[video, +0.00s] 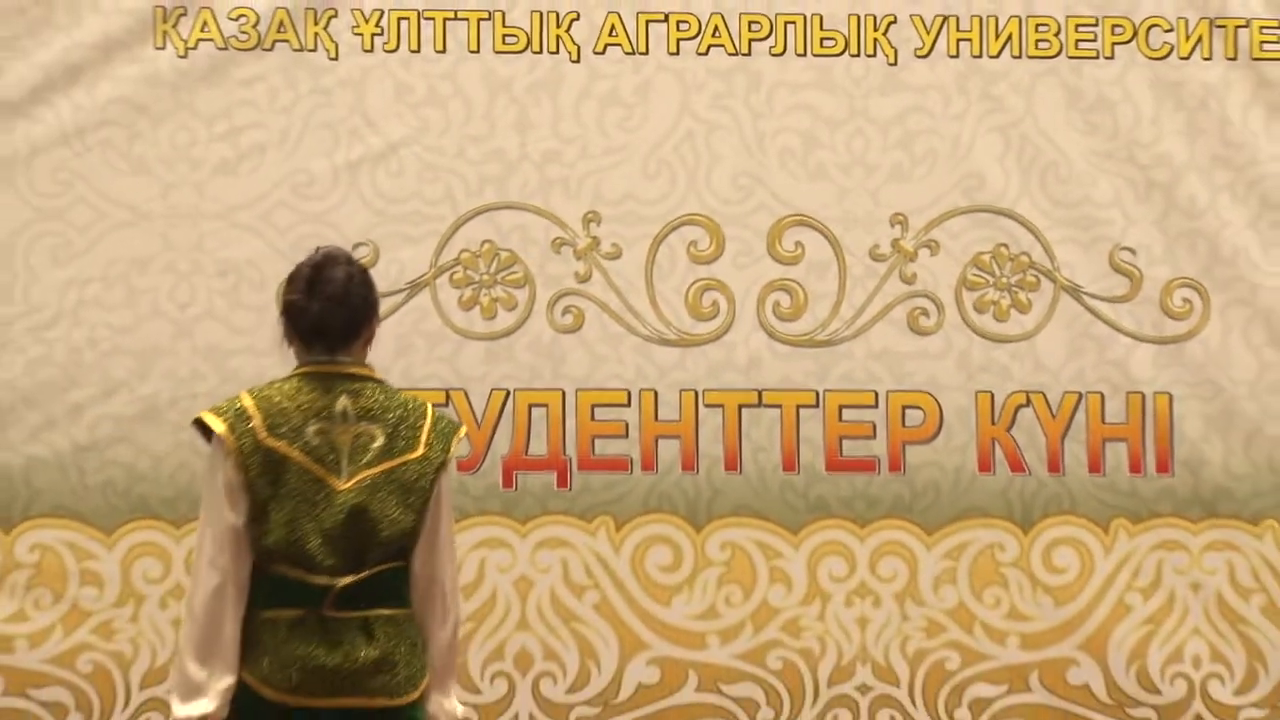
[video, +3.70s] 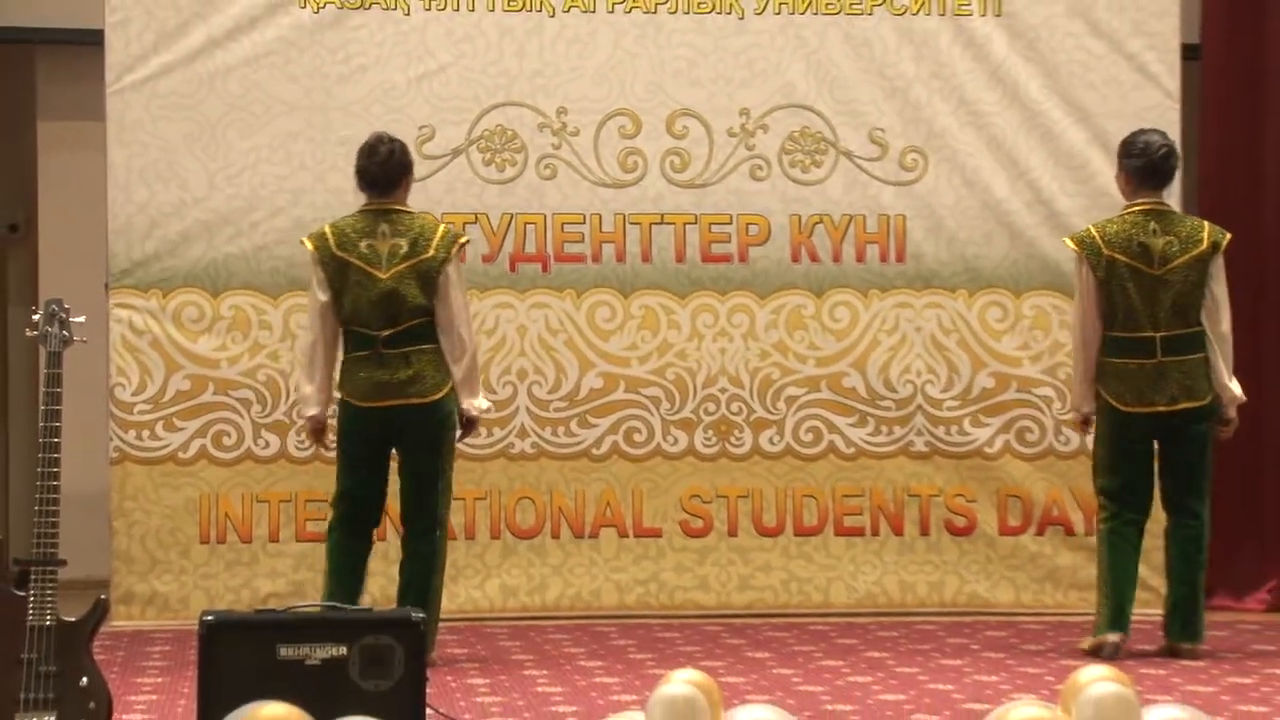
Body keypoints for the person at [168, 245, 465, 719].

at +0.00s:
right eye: (375, 320)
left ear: (287, 330)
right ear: (372, 330)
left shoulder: (244, 424)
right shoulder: (423, 429)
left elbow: (219, 574)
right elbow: (434, 576)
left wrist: (197, 700)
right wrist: (442, 699)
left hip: (273, 689)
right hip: (389, 690)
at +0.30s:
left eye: (287, 309)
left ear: (287, 318)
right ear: (368, 319)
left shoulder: (255, 405)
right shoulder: (415, 414)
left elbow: (233, 548)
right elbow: (416, 553)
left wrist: (204, 677)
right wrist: (409, 666)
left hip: (269, 674)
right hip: (370, 676)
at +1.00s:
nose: (317, 271)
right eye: (316, 262)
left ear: (240, 270)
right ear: (311, 270)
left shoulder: (192, 357)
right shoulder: (351, 353)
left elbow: (177, 486)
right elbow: (372, 480)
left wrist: (175, 594)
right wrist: (388, 585)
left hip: (231, 598)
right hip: (331, 597)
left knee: (235, 713)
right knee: (344, 711)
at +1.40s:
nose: (367, 246)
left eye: (362, 235)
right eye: (366, 237)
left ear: (295, 246)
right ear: (357, 245)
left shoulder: (253, 329)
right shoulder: (398, 316)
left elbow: (244, 452)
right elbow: (419, 435)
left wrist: (244, 549)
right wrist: (450, 538)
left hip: (308, 551)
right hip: (394, 545)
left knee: (294, 702)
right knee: (411, 701)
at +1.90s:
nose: (430, 215)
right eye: (430, 207)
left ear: (367, 213)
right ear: (429, 212)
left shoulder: (332, 288)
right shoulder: (469, 286)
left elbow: (321, 401)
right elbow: (484, 398)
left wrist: (315, 496)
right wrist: (494, 488)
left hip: (364, 501)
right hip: (447, 499)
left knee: (355, 634)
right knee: (439, 640)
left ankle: (372, 718)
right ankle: (435, 718)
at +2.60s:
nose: (370, 189)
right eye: (387, 180)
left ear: (332, 181)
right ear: (391, 186)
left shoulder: (300, 249)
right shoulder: (415, 259)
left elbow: (271, 348)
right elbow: (426, 362)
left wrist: (251, 431)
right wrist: (431, 443)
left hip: (307, 435)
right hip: (382, 440)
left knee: (300, 572)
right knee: (399, 571)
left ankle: (299, 709)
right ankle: (427, 705)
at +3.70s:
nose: (407, 184)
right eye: (409, 177)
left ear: (358, 181)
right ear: (409, 180)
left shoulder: (330, 243)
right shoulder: (437, 238)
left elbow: (322, 332)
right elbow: (454, 326)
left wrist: (318, 404)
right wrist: (467, 397)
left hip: (362, 408)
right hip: (427, 406)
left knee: (352, 519)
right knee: (424, 526)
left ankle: (334, 635)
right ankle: (416, 644)